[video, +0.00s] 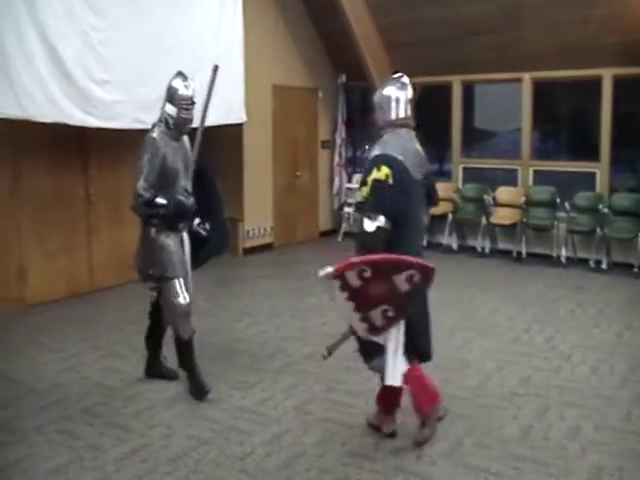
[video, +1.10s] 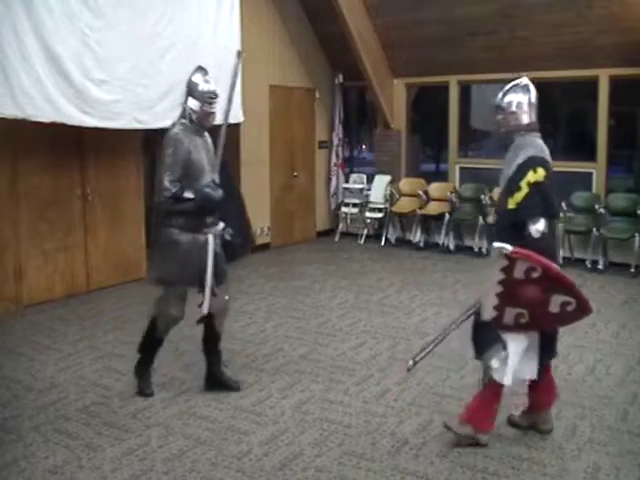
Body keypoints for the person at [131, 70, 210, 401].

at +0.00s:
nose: (188, 111)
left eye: (191, 105)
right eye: (182, 104)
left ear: (194, 106)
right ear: (168, 105)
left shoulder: (183, 140)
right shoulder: (156, 142)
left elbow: (182, 190)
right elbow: (140, 199)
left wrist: (195, 218)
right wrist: (180, 211)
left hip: (179, 228)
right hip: (161, 231)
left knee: (165, 298)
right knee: (180, 303)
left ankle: (154, 361)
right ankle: (193, 376)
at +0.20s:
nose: (179, 108)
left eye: (182, 102)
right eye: (173, 102)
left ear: (184, 103)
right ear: (159, 102)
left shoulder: (172, 137)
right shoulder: (148, 138)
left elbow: (172, 188)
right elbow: (135, 197)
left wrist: (182, 218)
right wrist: (172, 207)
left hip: (170, 227)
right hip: (152, 228)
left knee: (164, 300)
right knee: (162, 303)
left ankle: (153, 360)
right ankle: (148, 368)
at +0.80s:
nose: (183, 105)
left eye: (186, 99)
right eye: (176, 99)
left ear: (188, 101)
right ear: (160, 101)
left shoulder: (178, 139)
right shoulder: (150, 140)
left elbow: (178, 185)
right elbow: (135, 198)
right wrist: (176, 202)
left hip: (180, 230)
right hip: (152, 233)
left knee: (196, 298)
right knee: (147, 307)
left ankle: (198, 366)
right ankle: (138, 371)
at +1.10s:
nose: (210, 109)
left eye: (214, 103)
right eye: (204, 102)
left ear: (217, 104)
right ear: (189, 103)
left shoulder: (205, 138)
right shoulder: (177, 138)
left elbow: (207, 189)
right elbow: (165, 197)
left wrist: (219, 224)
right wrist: (203, 199)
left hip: (207, 233)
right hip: (179, 236)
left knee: (218, 303)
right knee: (172, 309)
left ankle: (214, 371)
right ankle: (144, 367)